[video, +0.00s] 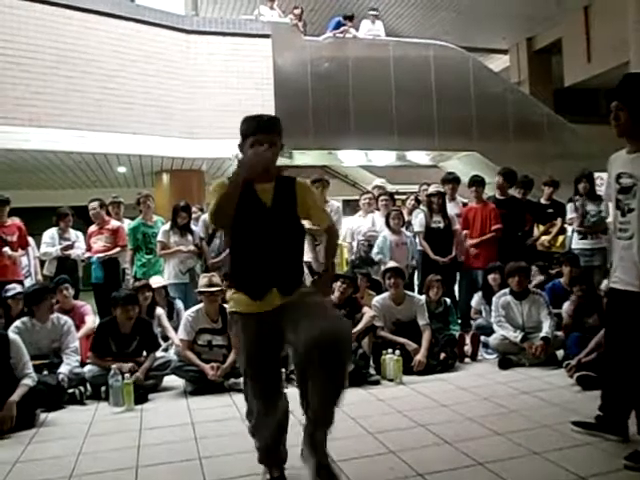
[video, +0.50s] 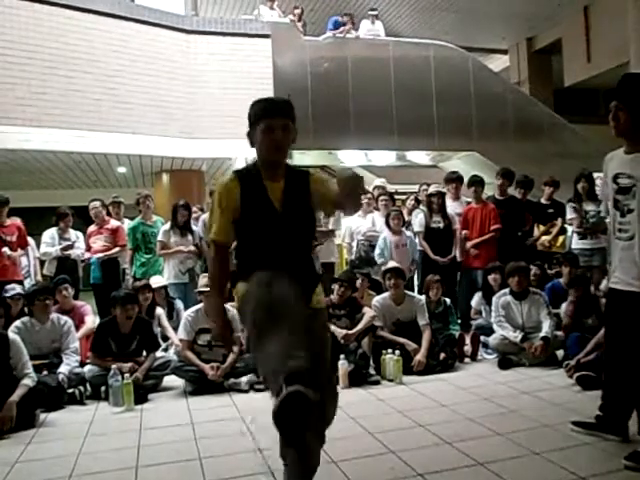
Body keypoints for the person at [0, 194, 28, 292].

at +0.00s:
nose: (2, 212)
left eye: (4, 209)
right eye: (1, 209)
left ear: (8, 208)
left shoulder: (17, 225)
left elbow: (25, 247)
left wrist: (16, 254)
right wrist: (6, 253)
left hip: (14, 276)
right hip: (2, 276)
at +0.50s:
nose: (2, 211)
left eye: (3, 208)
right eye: (1, 208)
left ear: (7, 208)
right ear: (0, 209)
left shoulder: (16, 225)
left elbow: (24, 247)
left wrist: (16, 254)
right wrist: (7, 253)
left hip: (14, 276)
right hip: (2, 276)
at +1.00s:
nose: (2, 211)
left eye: (4, 207)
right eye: (1, 208)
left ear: (7, 208)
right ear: (1, 209)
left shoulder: (17, 225)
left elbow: (24, 247)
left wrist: (16, 254)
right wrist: (8, 253)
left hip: (13, 275)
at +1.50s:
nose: (2, 211)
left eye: (4, 208)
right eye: (1, 208)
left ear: (8, 208)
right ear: (1, 209)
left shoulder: (17, 225)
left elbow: (24, 247)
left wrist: (16, 254)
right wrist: (8, 253)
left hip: (15, 276)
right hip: (3, 276)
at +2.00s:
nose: (2, 213)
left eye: (4, 210)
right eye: (1, 210)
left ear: (8, 209)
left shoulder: (17, 225)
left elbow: (23, 247)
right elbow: (3, 248)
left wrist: (17, 255)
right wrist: (7, 254)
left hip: (14, 275)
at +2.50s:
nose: (2, 215)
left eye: (4, 211)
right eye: (1, 212)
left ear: (8, 210)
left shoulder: (17, 226)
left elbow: (24, 248)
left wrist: (14, 255)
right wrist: (8, 254)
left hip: (13, 275)